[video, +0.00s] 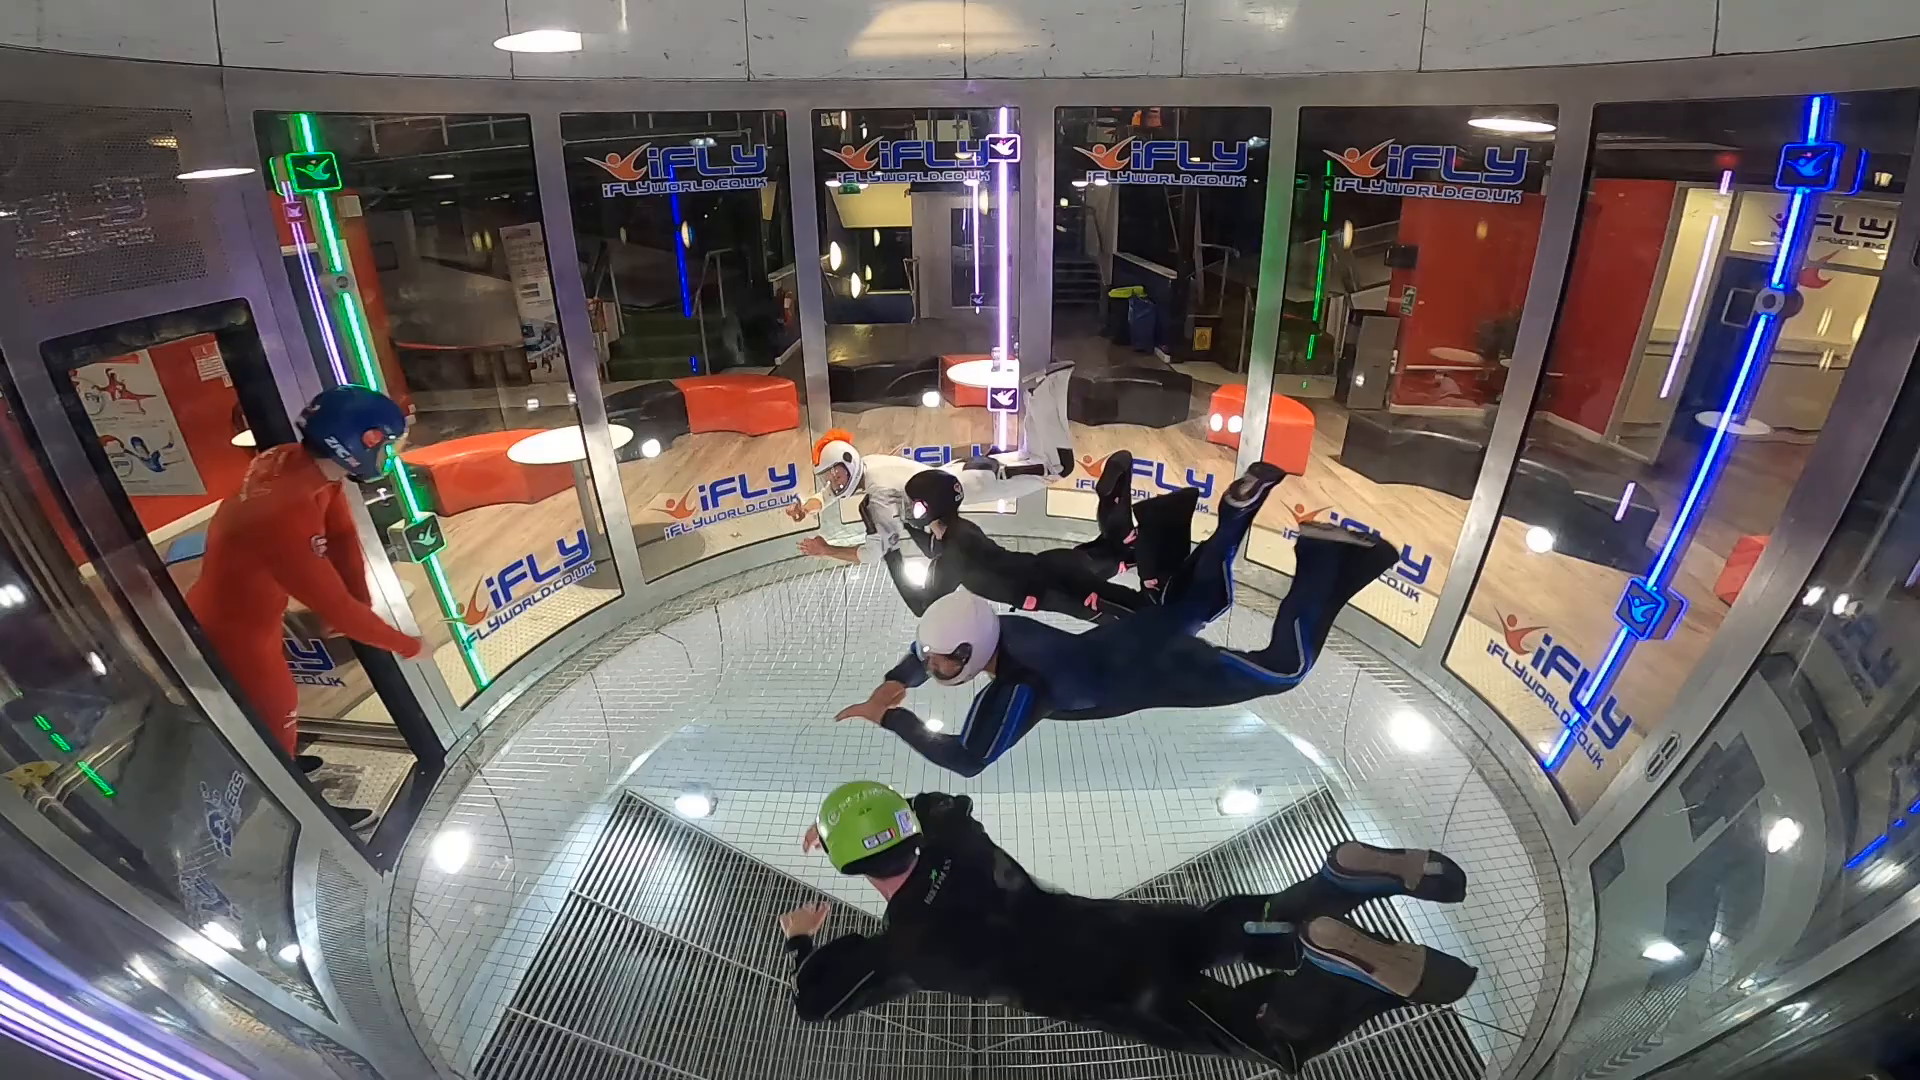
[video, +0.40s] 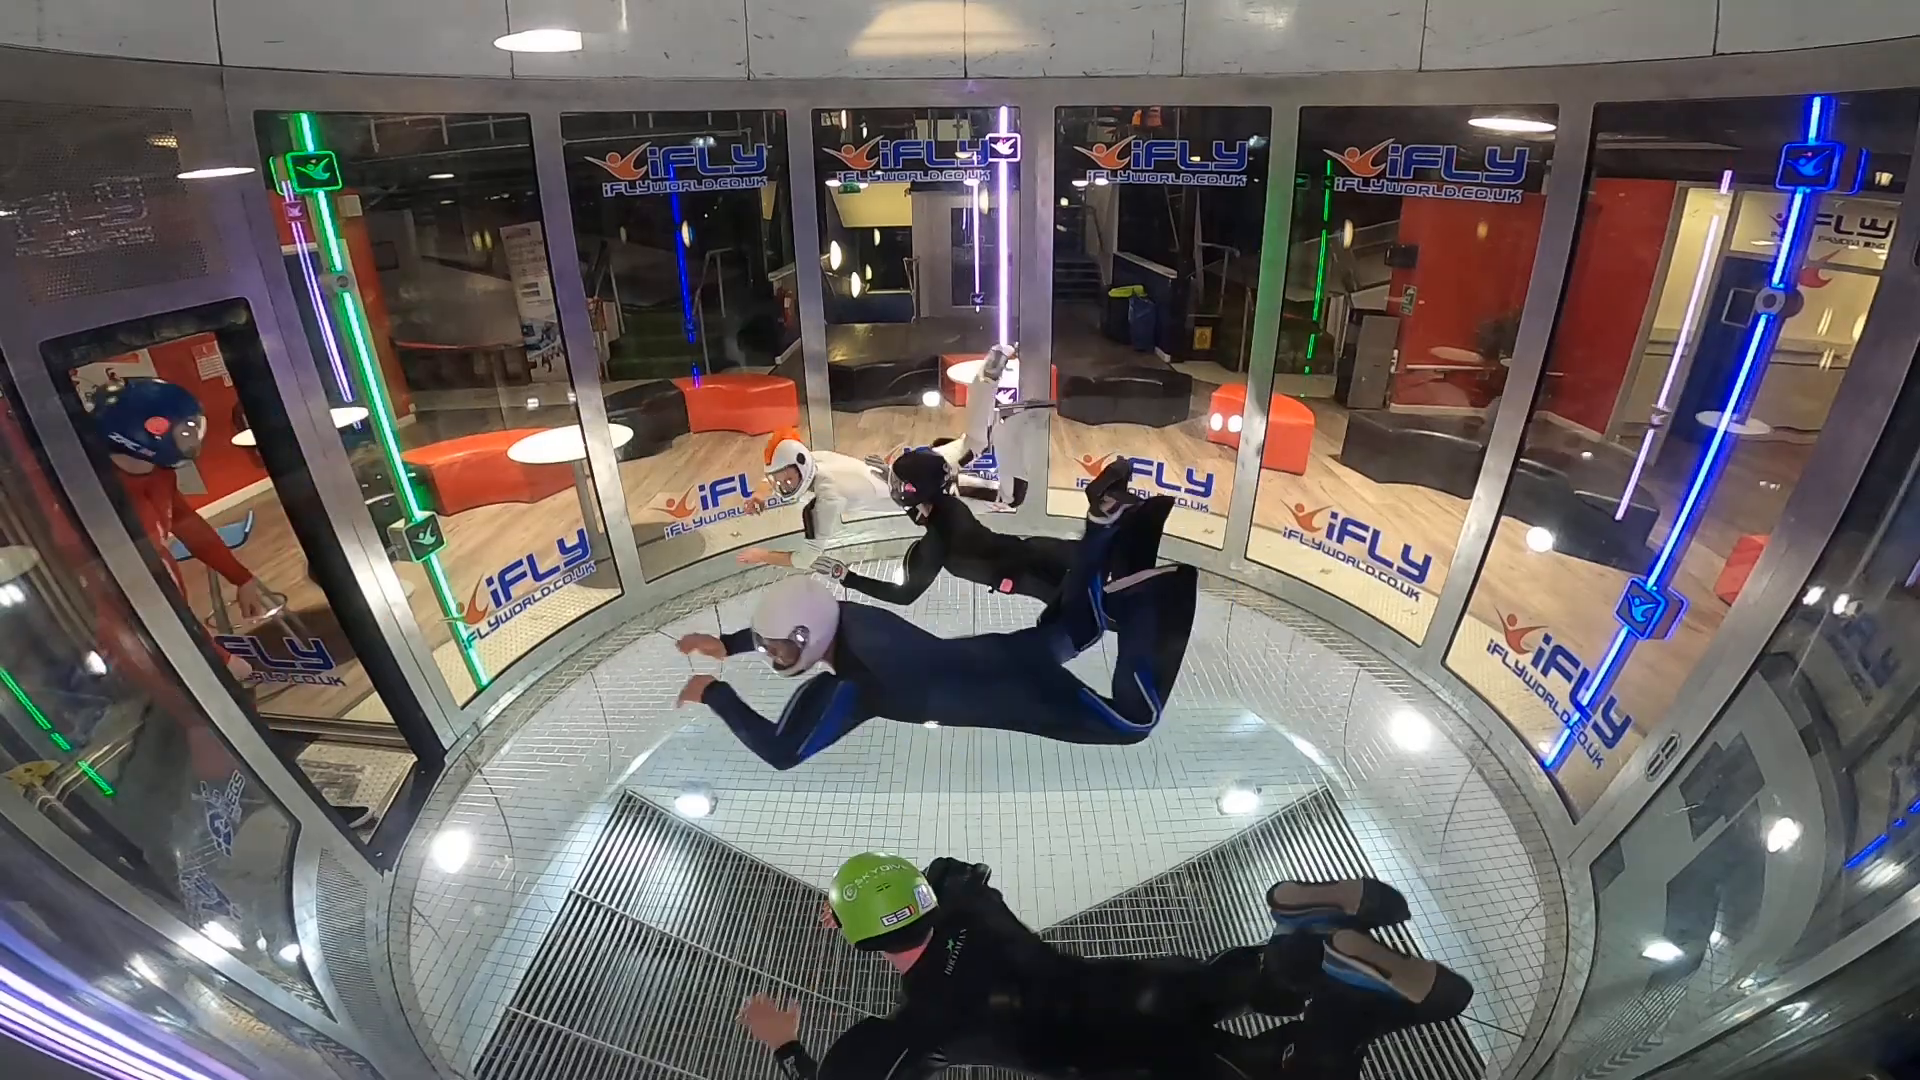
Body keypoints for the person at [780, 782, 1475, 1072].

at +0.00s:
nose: (854, 865)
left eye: (849, 857)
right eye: (858, 847)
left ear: (869, 870)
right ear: (903, 822)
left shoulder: (907, 939)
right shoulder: (955, 827)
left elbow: (820, 1003)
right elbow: (921, 807)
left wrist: (812, 945)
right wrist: (848, 843)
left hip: (1110, 990)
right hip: (1127, 922)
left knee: (1268, 1026)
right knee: (1267, 916)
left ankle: (1379, 982)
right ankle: (1367, 873)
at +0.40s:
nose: (883, 958)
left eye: (880, 950)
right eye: (877, 944)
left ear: (887, 949)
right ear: (923, 899)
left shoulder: (932, 1010)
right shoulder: (965, 897)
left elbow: (858, 1066)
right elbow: (950, 871)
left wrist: (789, 1041)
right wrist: (886, 898)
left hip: (1097, 1042)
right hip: (1106, 976)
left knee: (1218, 1046)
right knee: (1211, 984)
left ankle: (1352, 1005)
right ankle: (1319, 933)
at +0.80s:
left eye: (949, 950)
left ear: (962, 962)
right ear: (1000, 909)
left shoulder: (995, 1021)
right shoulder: (1034, 907)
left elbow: (903, 1072)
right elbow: (1010, 872)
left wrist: (865, 1025)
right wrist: (933, 890)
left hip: (1134, 1055)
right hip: (1151, 1001)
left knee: (1258, 1046)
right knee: (1249, 1009)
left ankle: (1367, 1031)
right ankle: (1359, 981)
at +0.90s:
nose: (976, 964)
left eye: (978, 956)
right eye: (976, 952)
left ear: (1001, 962)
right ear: (1030, 908)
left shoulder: (1022, 1021)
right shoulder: (1058, 906)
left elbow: (948, 1079)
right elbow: (1032, 863)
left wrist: (869, 1060)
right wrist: (964, 900)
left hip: (1160, 1047)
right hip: (1175, 989)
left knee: (1272, 1057)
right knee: (1270, 1000)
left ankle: (1358, 1044)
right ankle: (1377, 973)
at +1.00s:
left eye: (997, 941)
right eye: (1019, 926)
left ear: (1011, 954)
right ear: (1042, 917)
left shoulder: (1041, 1021)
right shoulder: (1078, 912)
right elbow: (1056, 859)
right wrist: (976, 874)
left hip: (1189, 1027)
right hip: (1197, 1001)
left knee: (1297, 1048)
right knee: (1300, 984)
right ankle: (1419, 956)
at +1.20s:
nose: (1031, 950)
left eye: (1030, 941)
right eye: (1032, 937)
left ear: (1050, 943)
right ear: (1076, 899)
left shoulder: (1075, 1002)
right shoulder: (1098, 896)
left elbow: (1019, 1078)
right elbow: (1071, 843)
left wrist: (937, 1055)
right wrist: (993, 849)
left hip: (1228, 1000)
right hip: (1237, 971)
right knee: (1372, 1034)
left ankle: (1413, 888)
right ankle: (1496, 992)